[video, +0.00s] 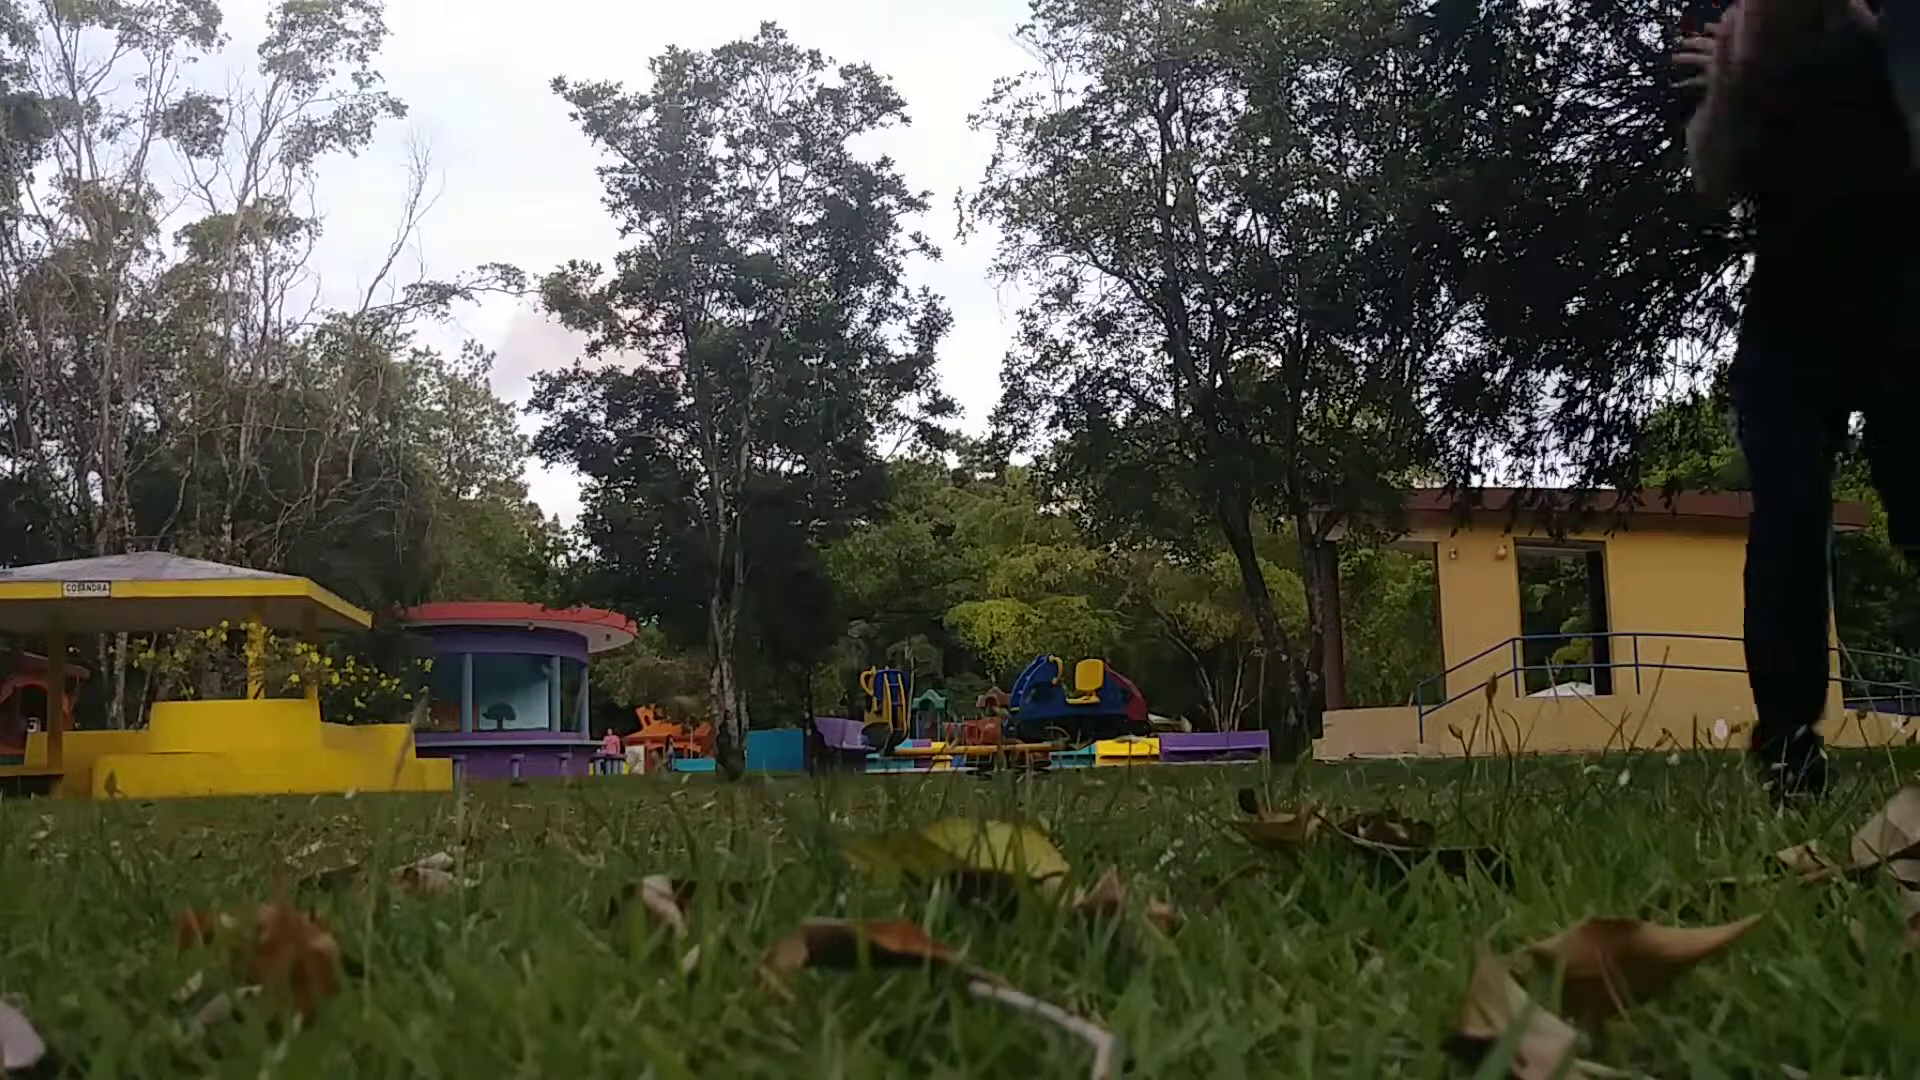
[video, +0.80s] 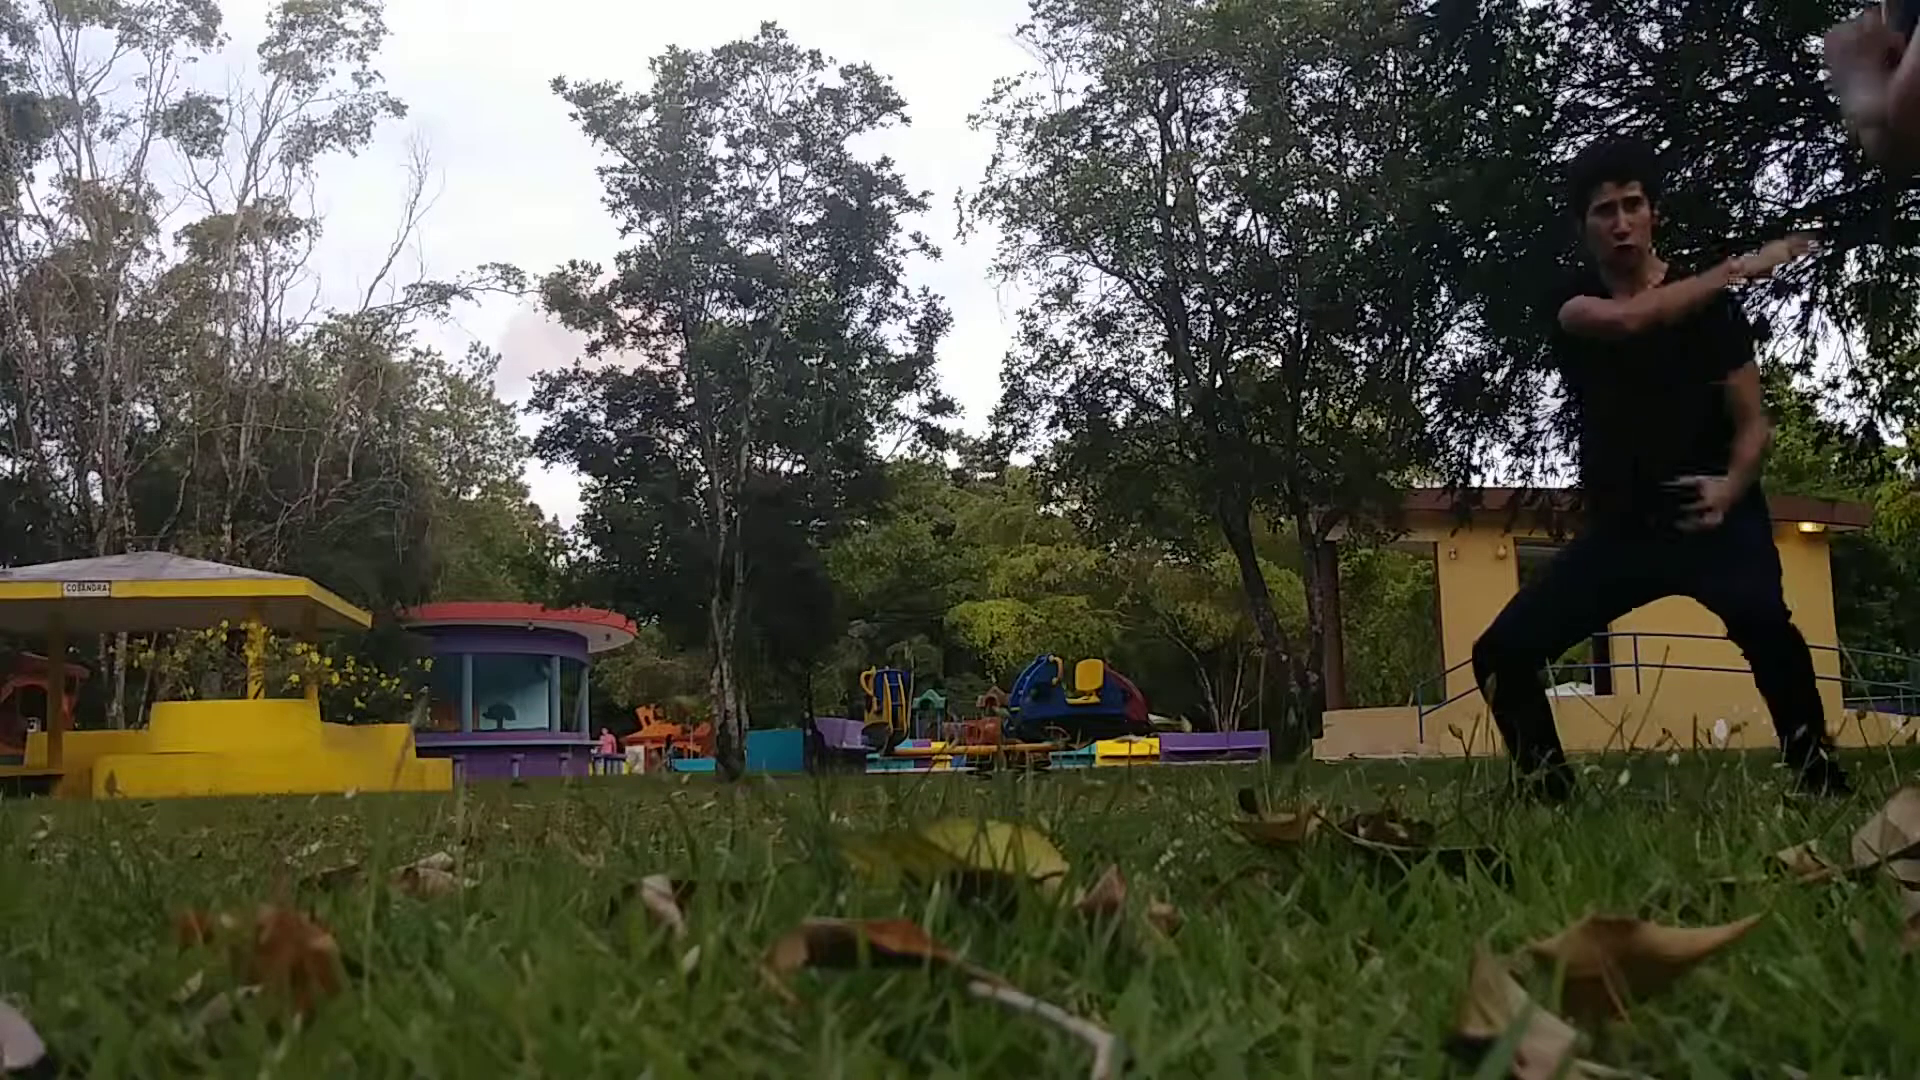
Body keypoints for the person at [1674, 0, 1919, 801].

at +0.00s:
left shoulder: (1888, 38)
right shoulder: (1755, 30)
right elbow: (1710, 175)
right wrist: (1732, 75)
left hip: (1896, 309)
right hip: (1791, 309)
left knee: (1913, 526)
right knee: (1786, 528)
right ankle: (1788, 744)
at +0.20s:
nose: (1723, 33)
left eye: (1734, 17)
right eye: (1714, 22)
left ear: (1774, 20)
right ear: (1709, 37)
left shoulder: (1861, 87)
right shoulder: (1738, 119)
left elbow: (1907, 140)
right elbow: (1706, 232)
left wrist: (1833, 150)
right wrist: (1750, 87)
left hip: (1900, 367)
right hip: (1819, 376)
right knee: (1711, 551)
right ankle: (1725, 718)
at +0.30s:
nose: (1703, 58)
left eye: (1716, 38)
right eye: (1685, 49)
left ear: (1754, 46)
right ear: (1672, 82)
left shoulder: (1832, 115)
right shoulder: (1685, 175)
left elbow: (1887, 104)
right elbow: (1658, 212)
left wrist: (1804, 121)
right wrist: (1761, 106)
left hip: (1884, 403)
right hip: (1773, 421)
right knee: (1694, 605)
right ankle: (1700, 749)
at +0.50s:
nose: (1668, 147)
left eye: (1678, 127)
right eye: (1651, 136)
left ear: (1703, 129)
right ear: (1631, 151)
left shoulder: (1756, 201)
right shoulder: (1621, 231)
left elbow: (1837, 257)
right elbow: (1592, 368)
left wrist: (1753, 167)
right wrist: (1630, 321)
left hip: (1784, 456)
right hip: (1681, 463)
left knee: (1832, 611)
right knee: (1583, 618)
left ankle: (1812, 762)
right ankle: (1649, 751)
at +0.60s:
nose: (1665, 184)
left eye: (1677, 167)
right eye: (1649, 170)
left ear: (1698, 172)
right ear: (1629, 183)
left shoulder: (1748, 250)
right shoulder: (1620, 272)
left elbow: (1785, 332)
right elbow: (1548, 351)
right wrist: (1610, 293)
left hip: (1754, 498)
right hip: (1655, 502)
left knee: (1811, 634)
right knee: (1567, 642)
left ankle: (1807, 775)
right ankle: (1559, 782)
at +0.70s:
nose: (1638, 211)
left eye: (1650, 194)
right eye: (1620, 199)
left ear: (1675, 201)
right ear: (1600, 217)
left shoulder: (1722, 291)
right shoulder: (1581, 295)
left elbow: (1740, 409)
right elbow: (1607, 305)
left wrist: (1701, 436)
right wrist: (1716, 239)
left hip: (1730, 524)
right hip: (1633, 527)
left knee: (1782, 637)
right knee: (1511, 647)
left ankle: (1805, 776)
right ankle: (1551, 788)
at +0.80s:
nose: (1620, 223)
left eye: (1632, 206)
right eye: (1604, 211)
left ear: (1653, 216)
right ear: (1583, 229)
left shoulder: (1710, 307)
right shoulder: (1570, 300)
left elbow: (1753, 420)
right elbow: (1626, 318)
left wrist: (1730, 483)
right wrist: (1736, 270)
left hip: (1719, 531)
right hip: (1621, 536)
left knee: (1765, 627)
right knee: (1500, 653)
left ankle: (1817, 772)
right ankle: (1549, 790)